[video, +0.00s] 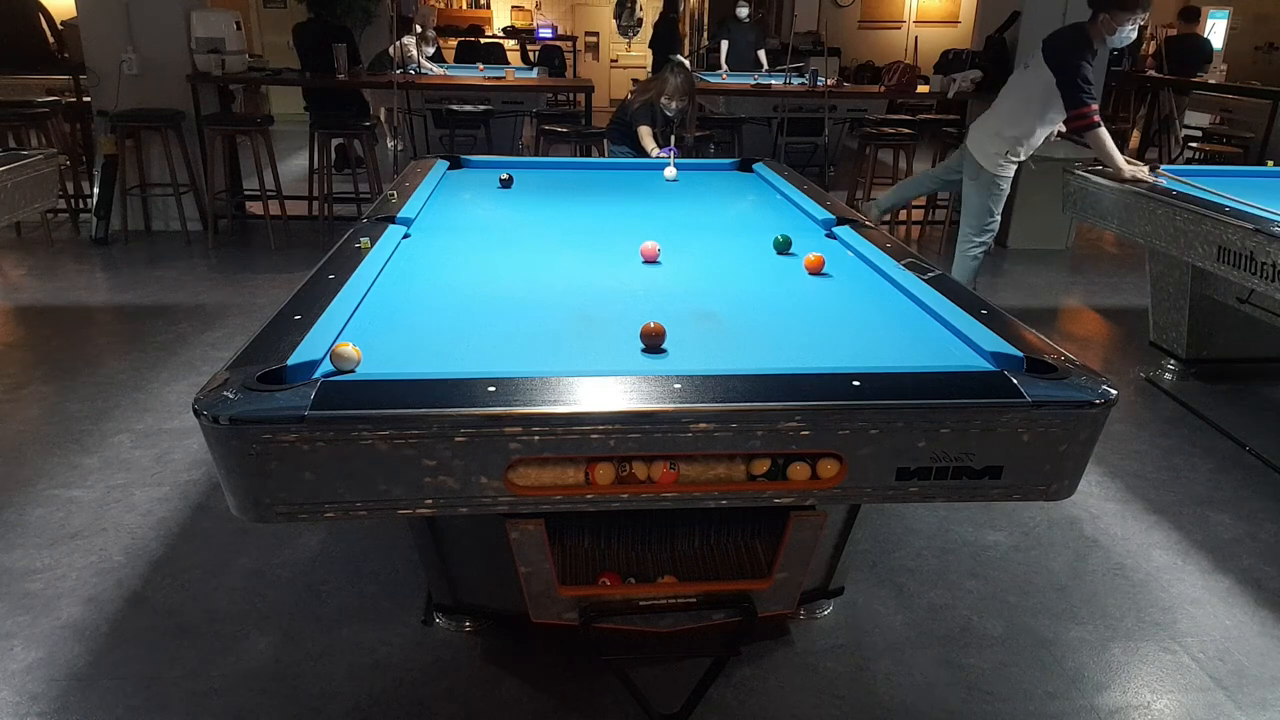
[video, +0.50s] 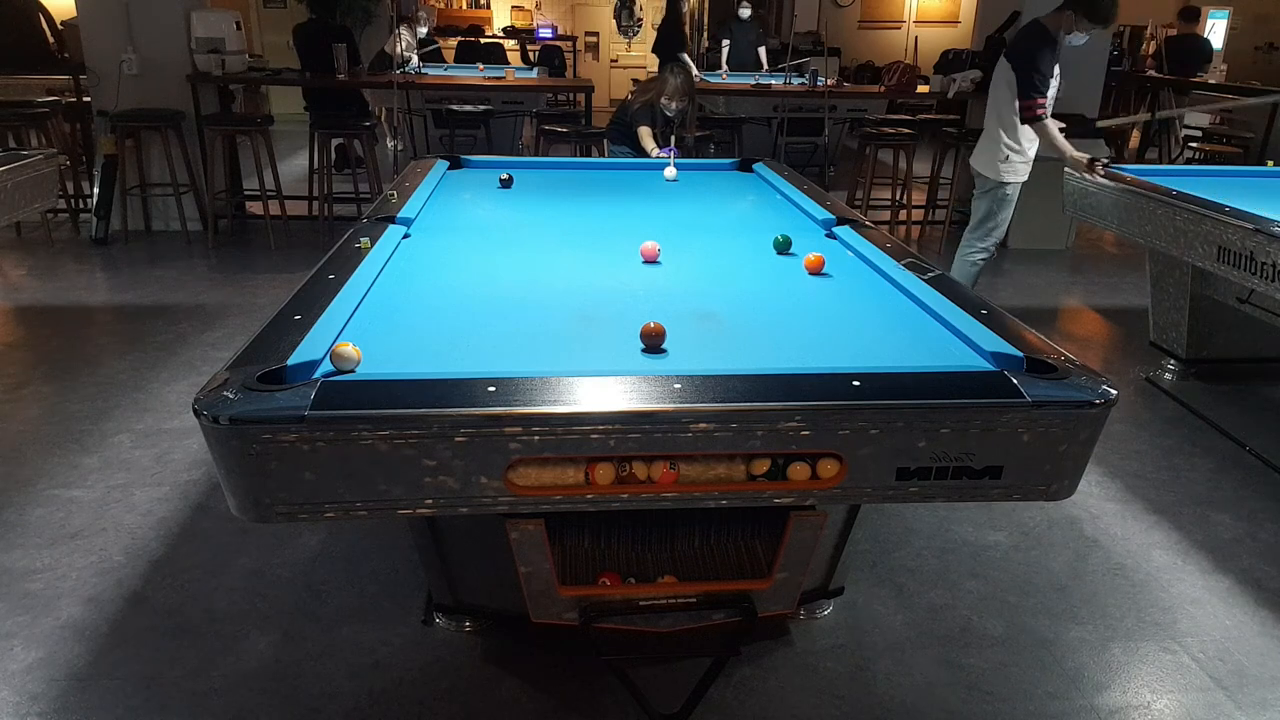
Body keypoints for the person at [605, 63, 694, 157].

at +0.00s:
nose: (674, 106)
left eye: (682, 100)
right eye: (668, 99)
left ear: (689, 98)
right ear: (657, 92)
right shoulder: (642, 101)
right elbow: (645, 135)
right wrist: (656, 152)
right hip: (623, 142)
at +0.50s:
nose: (674, 106)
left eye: (682, 101)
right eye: (668, 99)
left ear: (690, 98)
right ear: (658, 93)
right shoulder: (642, 101)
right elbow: (645, 135)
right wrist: (656, 153)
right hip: (623, 142)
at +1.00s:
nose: (674, 106)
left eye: (682, 101)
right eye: (668, 99)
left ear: (690, 98)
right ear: (658, 93)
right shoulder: (643, 102)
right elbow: (645, 135)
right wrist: (656, 153)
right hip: (623, 142)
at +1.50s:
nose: (674, 106)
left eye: (681, 101)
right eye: (667, 99)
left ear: (689, 98)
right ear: (658, 93)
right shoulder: (643, 101)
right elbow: (645, 135)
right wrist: (656, 153)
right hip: (623, 142)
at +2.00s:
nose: (673, 106)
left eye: (681, 101)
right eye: (667, 99)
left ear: (689, 99)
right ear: (657, 93)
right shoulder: (643, 102)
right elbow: (645, 136)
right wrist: (656, 153)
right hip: (624, 142)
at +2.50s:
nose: (673, 106)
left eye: (681, 100)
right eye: (667, 99)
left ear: (689, 99)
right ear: (657, 93)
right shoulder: (642, 102)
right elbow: (644, 136)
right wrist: (656, 153)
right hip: (623, 142)